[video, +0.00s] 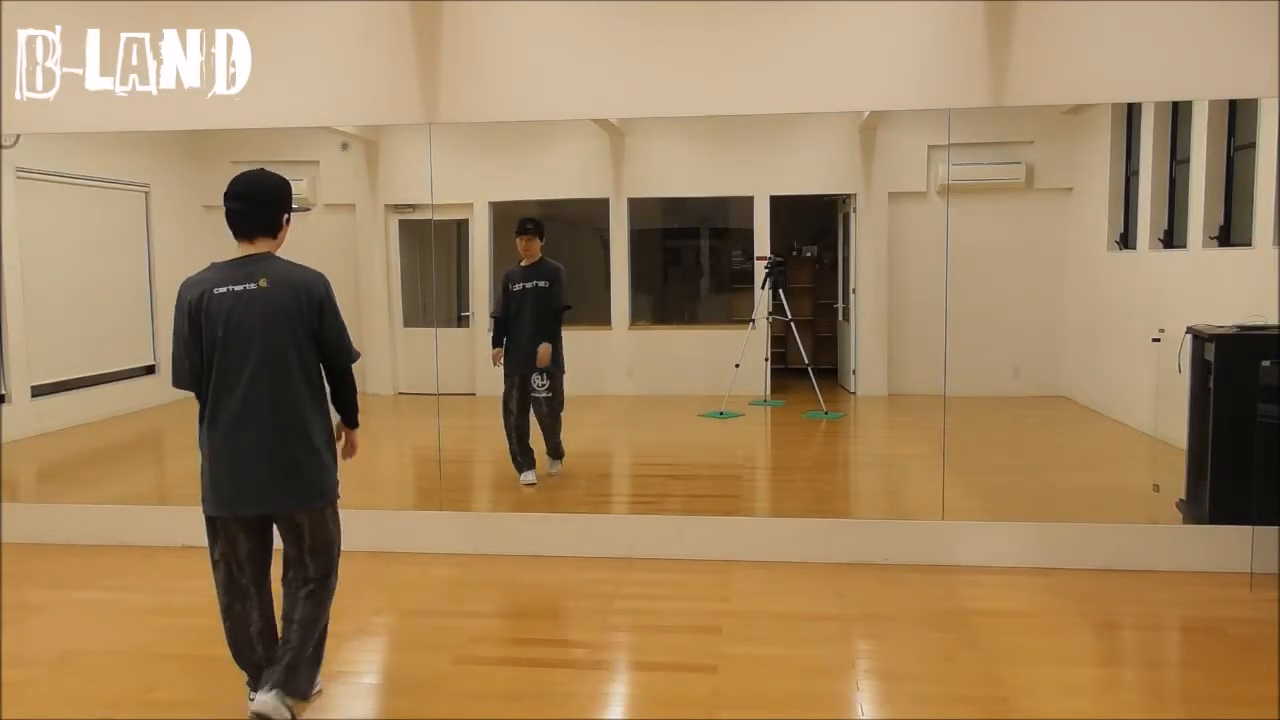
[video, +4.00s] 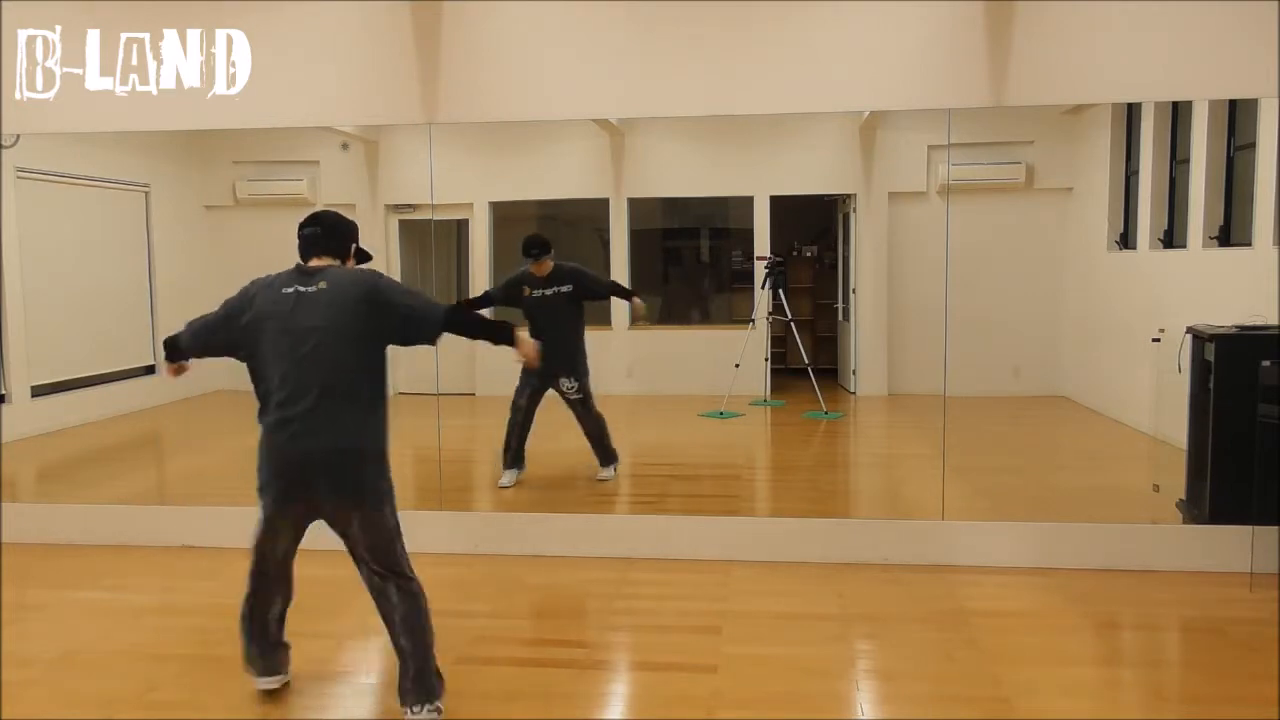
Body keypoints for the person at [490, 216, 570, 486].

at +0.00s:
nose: (525, 244)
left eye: (530, 239)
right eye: (521, 240)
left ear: (540, 242)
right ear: (516, 243)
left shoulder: (554, 271)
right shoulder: (510, 275)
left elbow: (558, 313)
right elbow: (502, 313)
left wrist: (548, 342)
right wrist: (497, 343)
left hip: (544, 353)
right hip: (516, 353)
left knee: (546, 408)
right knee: (515, 412)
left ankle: (555, 454)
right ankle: (525, 466)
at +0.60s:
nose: (540, 248)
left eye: (545, 244)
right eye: (536, 243)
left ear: (555, 246)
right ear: (531, 246)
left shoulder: (568, 275)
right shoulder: (520, 276)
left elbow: (578, 314)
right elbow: (513, 317)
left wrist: (585, 348)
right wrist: (515, 350)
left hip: (559, 353)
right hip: (528, 354)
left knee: (558, 408)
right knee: (521, 406)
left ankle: (553, 457)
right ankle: (529, 455)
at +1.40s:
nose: (526, 284)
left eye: (529, 279)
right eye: (521, 280)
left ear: (537, 270)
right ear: (514, 274)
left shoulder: (553, 289)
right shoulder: (509, 291)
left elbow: (561, 330)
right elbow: (504, 332)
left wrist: (564, 367)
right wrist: (505, 367)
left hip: (549, 359)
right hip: (521, 360)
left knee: (547, 405)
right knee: (520, 410)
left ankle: (551, 449)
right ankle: (531, 457)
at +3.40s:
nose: (513, 287)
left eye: (518, 283)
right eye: (509, 283)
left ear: (527, 274)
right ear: (503, 276)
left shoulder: (547, 283)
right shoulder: (498, 282)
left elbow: (563, 321)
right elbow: (488, 320)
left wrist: (558, 359)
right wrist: (483, 357)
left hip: (542, 360)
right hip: (512, 358)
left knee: (539, 418)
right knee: (507, 415)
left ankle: (535, 467)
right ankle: (506, 469)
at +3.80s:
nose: (522, 285)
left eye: (525, 280)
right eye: (517, 281)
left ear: (535, 271)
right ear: (511, 275)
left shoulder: (553, 287)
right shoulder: (507, 289)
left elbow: (575, 317)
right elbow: (499, 315)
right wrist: (483, 327)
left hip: (546, 356)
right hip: (517, 355)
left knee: (541, 411)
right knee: (500, 414)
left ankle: (556, 443)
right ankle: (505, 469)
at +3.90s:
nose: (528, 272)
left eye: (532, 266)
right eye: (524, 267)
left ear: (542, 259)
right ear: (518, 263)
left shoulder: (564, 279)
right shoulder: (514, 282)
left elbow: (592, 296)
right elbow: (493, 300)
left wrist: (600, 302)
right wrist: (472, 306)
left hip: (555, 362)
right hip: (524, 361)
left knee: (566, 415)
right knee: (509, 414)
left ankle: (589, 452)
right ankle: (506, 469)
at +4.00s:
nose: (537, 268)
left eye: (541, 262)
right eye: (532, 263)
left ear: (550, 255)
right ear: (526, 260)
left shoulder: (571, 275)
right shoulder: (521, 282)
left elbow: (605, 286)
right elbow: (490, 298)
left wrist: (633, 297)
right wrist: (459, 306)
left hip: (569, 358)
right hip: (537, 358)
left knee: (585, 412)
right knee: (520, 409)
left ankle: (608, 462)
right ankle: (512, 466)